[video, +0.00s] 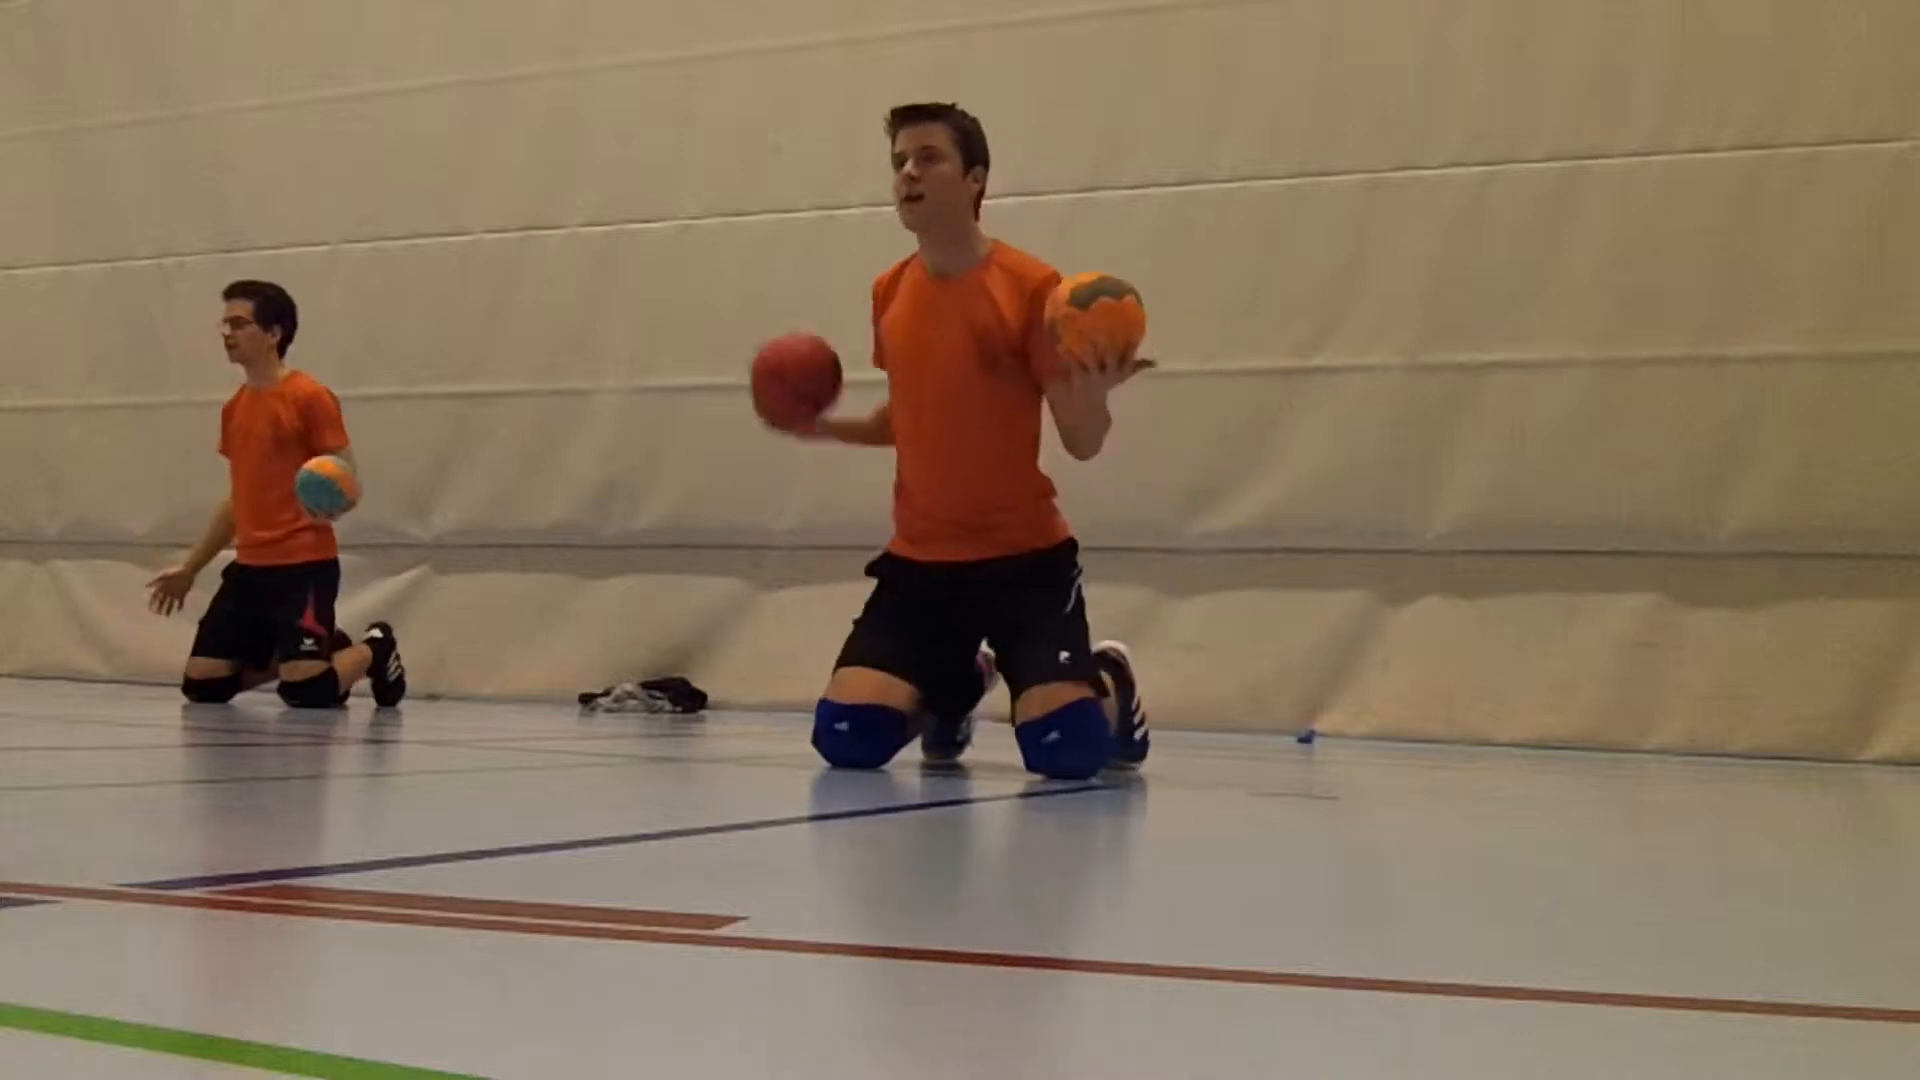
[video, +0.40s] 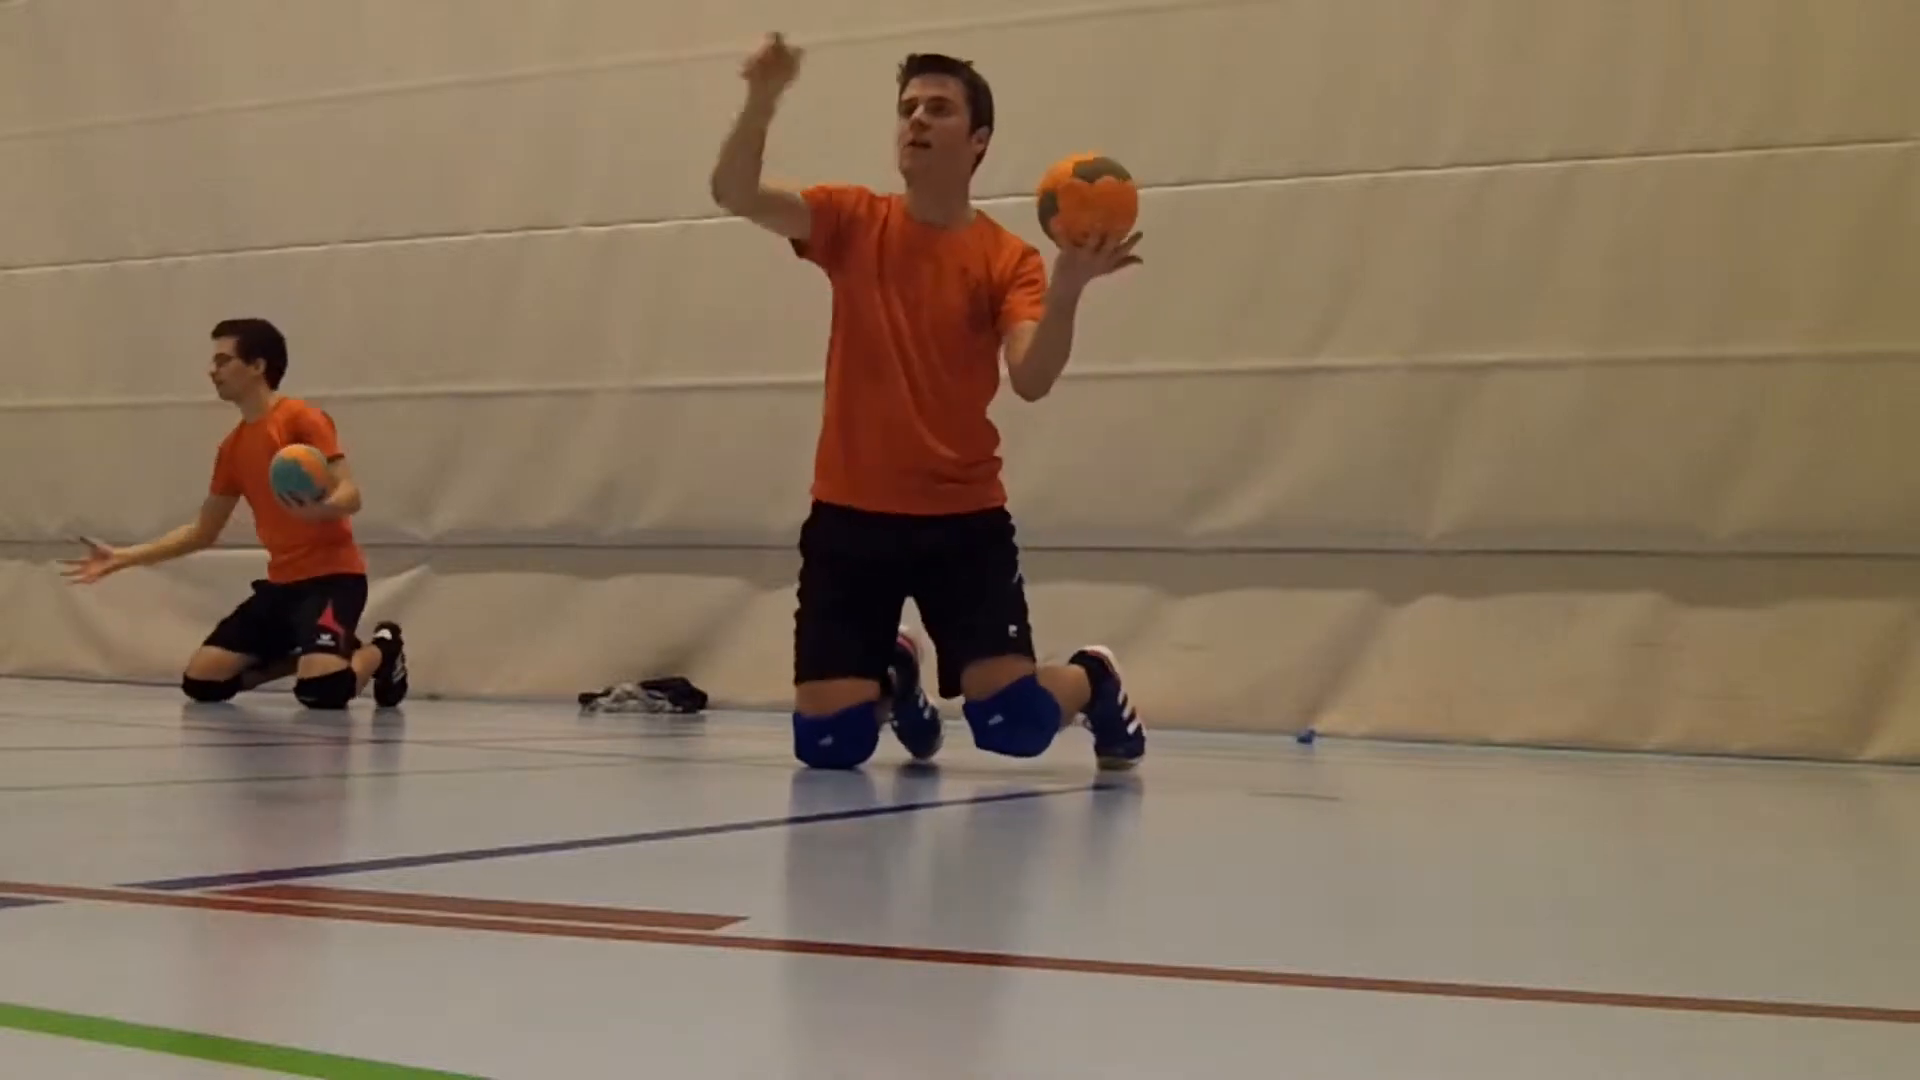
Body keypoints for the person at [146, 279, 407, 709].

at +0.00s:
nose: (227, 333)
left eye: (239, 323)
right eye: (225, 324)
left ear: (274, 334)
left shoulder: (309, 397)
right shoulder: (236, 408)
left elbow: (348, 482)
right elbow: (239, 501)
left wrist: (329, 501)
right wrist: (189, 569)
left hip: (306, 567)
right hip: (249, 570)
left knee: (305, 692)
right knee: (202, 687)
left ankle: (375, 649)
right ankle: (306, 655)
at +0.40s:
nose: (212, 371)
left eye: (223, 361)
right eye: (213, 362)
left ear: (258, 367)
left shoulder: (303, 419)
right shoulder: (234, 447)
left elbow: (349, 494)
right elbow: (202, 532)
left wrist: (322, 510)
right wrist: (122, 558)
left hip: (334, 577)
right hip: (282, 583)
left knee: (319, 691)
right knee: (202, 682)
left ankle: (384, 650)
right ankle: (317, 657)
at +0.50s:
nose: (184, 407)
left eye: (194, 396)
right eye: (185, 397)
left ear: (229, 401)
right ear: (216, 404)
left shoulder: (279, 444)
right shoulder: (211, 481)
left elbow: (338, 506)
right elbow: (156, 552)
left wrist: (314, 517)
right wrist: (77, 575)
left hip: (342, 588)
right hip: (294, 598)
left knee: (322, 689)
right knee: (205, 681)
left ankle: (405, 654)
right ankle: (322, 659)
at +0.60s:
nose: (156, 447)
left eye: (164, 436)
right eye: (157, 436)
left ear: (199, 437)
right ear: (189, 439)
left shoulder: (263, 469)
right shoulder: (191, 515)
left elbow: (321, 527)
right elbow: (129, 576)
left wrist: (286, 533)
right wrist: (53, 615)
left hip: (342, 588)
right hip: (292, 603)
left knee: (324, 686)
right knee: (201, 679)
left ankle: (412, 652)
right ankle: (312, 665)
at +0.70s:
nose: (134, 466)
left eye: (141, 455)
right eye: (134, 456)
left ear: (173, 454)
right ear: (168, 457)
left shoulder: (241, 473)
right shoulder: (185, 535)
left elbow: (307, 533)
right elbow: (148, 611)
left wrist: (261, 547)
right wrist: (82, 652)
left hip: (333, 583)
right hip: (284, 603)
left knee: (324, 686)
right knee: (199, 680)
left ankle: (423, 651)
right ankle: (314, 662)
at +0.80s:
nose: (115, 470)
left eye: (122, 458)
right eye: (114, 460)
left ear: (154, 453)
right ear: (149, 457)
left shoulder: (222, 469)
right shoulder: (187, 517)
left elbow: (285, 528)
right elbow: (204, 611)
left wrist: (225, 552)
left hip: (325, 574)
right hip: (277, 596)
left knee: (327, 678)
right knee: (199, 680)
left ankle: (442, 658)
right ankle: (314, 659)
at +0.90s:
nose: (106, 459)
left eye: (114, 447)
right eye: (104, 449)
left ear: (148, 442)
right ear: (140, 446)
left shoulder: (209, 463)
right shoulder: (178, 504)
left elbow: (270, 526)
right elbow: (243, 568)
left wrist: (202, 550)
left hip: (320, 567)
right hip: (276, 591)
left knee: (327, 654)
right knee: (200, 680)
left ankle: (445, 661)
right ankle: (317, 659)